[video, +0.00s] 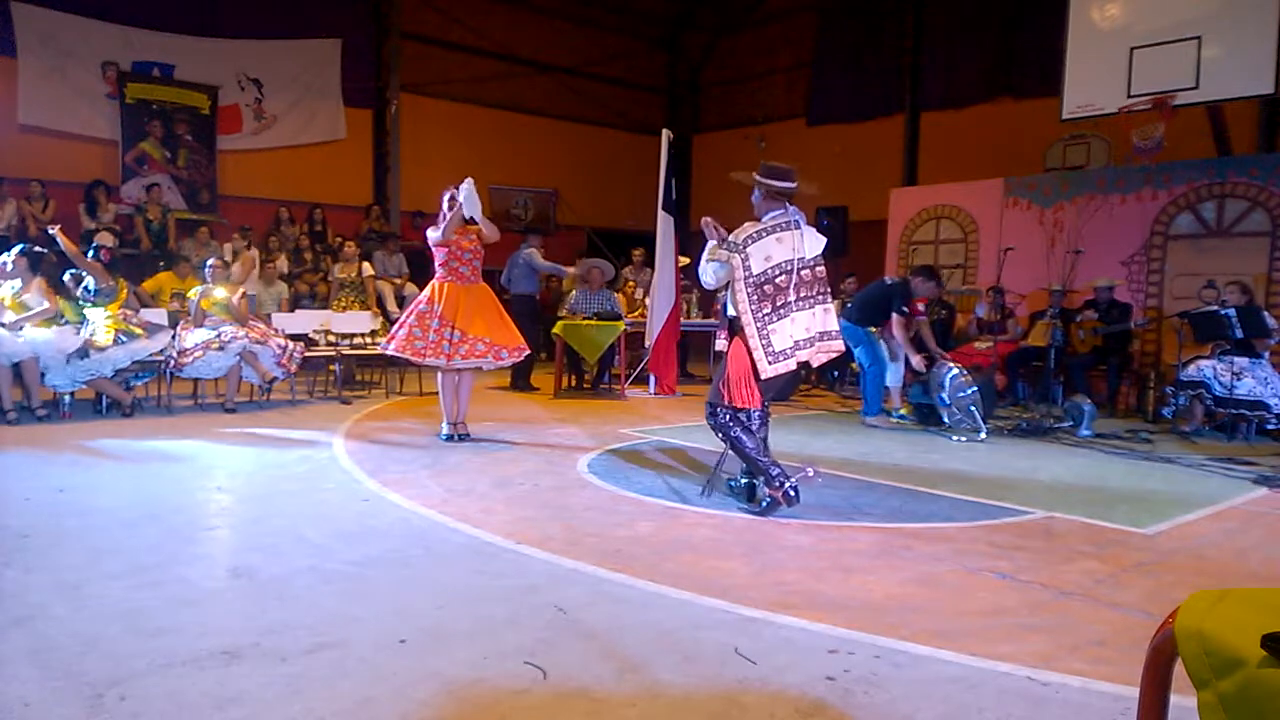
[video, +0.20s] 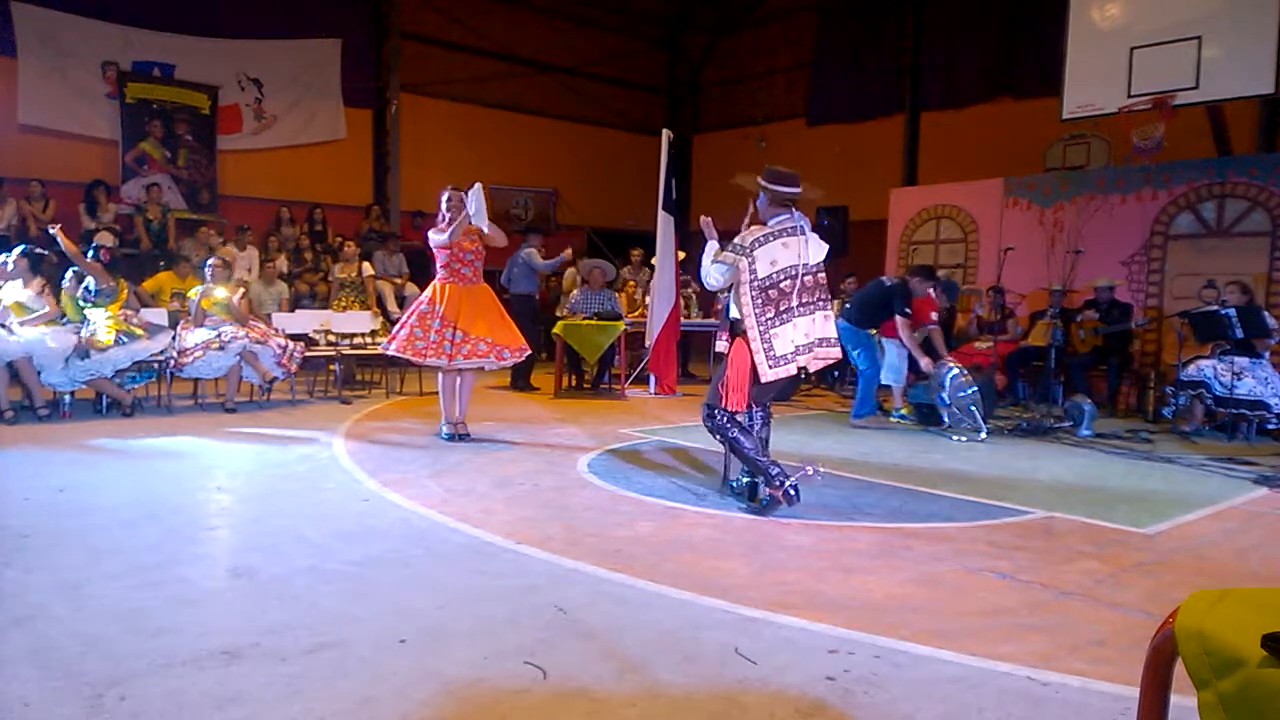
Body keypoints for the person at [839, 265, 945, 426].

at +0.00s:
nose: (927, 294)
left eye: (930, 291)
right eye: (929, 289)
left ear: (917, 280)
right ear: (920, 281)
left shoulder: (898, 286)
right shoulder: (902, 292)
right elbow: (897, 328)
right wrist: (913, 356)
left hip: (851, 323)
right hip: (858, 325)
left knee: (868, 367)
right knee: (876, 366)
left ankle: (869, 409)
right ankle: (873, 413)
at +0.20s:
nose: (926, 292)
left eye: (928, 288)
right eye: (926, 287)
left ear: (914, 279)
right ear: (916, 280)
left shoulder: (894, 283)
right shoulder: (902, 291)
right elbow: (904, 330)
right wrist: (921, 358)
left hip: (847, 323)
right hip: (856, 327)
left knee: (866, 368)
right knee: (870, 369)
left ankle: (868, 408)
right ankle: (862, 414)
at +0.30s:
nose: (923, 293)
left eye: (926, 289)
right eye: (924, 288)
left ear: (911, 279)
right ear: (915, 280)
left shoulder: (888, 281)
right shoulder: (901, 291)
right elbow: (903, 329)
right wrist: (920, 358)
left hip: (843, 322)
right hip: (856, 327)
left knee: (860, 369)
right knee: (869, 370)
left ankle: (866, 408)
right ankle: (861, 414)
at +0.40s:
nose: (921, 293)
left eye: (924, 289)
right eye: (921, 288)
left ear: (908, 279)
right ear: (912, 280)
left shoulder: (886, 281)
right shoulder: (900, 292)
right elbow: (902, 330)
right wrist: (920, 358)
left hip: (841, 319)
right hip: (854, 326)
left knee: (853, 370)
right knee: (866, 370)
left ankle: (858, 406)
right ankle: (858, 415)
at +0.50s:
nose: (920, 292)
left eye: (923, 288)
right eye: (920, 287)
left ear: (907, 278)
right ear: (911, 280)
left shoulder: (886, 280)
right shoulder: (900, 292)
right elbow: (902, 330)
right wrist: (920, 359)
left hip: (842, 317)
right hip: (854, 325)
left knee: (849, 369)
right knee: (863, 371)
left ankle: (845, 409)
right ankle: (858, 415)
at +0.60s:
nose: (918, 292)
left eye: (920, 288)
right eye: (918, 287)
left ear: (907, 279)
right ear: (910, 281)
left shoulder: (884, 280)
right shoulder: (898, 293)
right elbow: (902, 332)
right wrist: (920, 359)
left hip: (839, 319)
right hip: (853, 327)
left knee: (841, 368)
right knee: (861, 372)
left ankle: (832, 413)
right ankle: (858, 415)